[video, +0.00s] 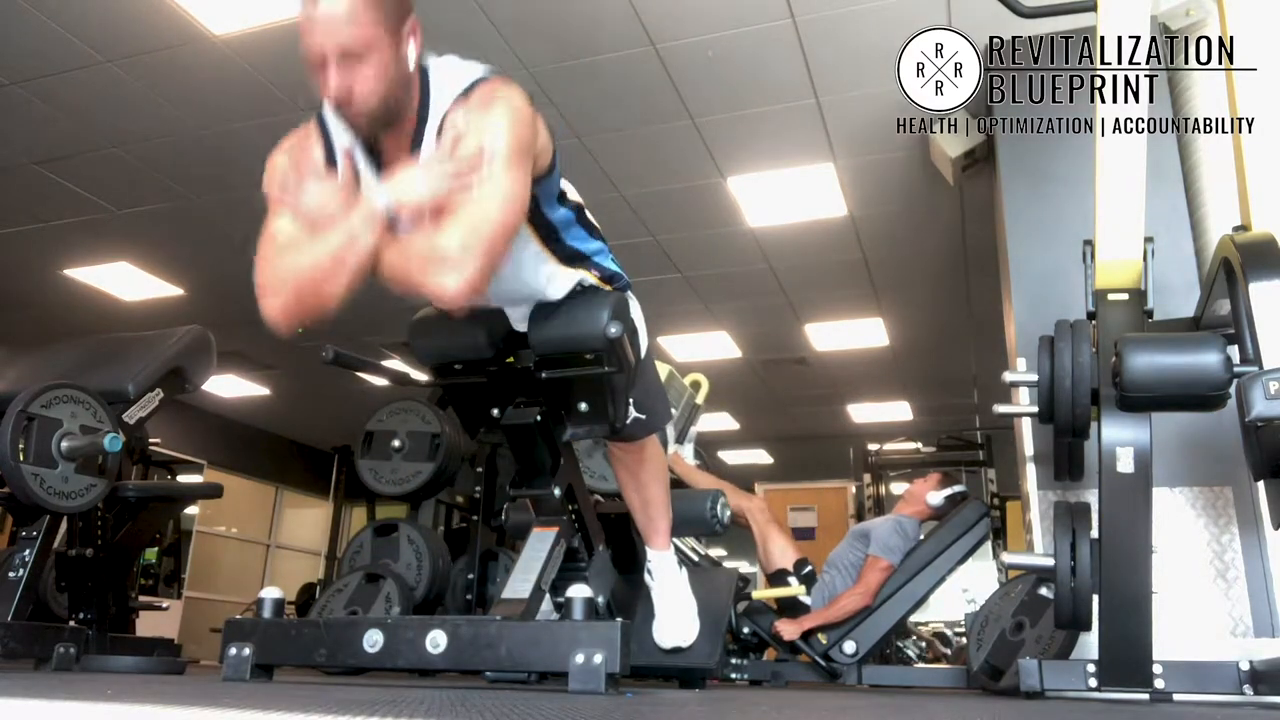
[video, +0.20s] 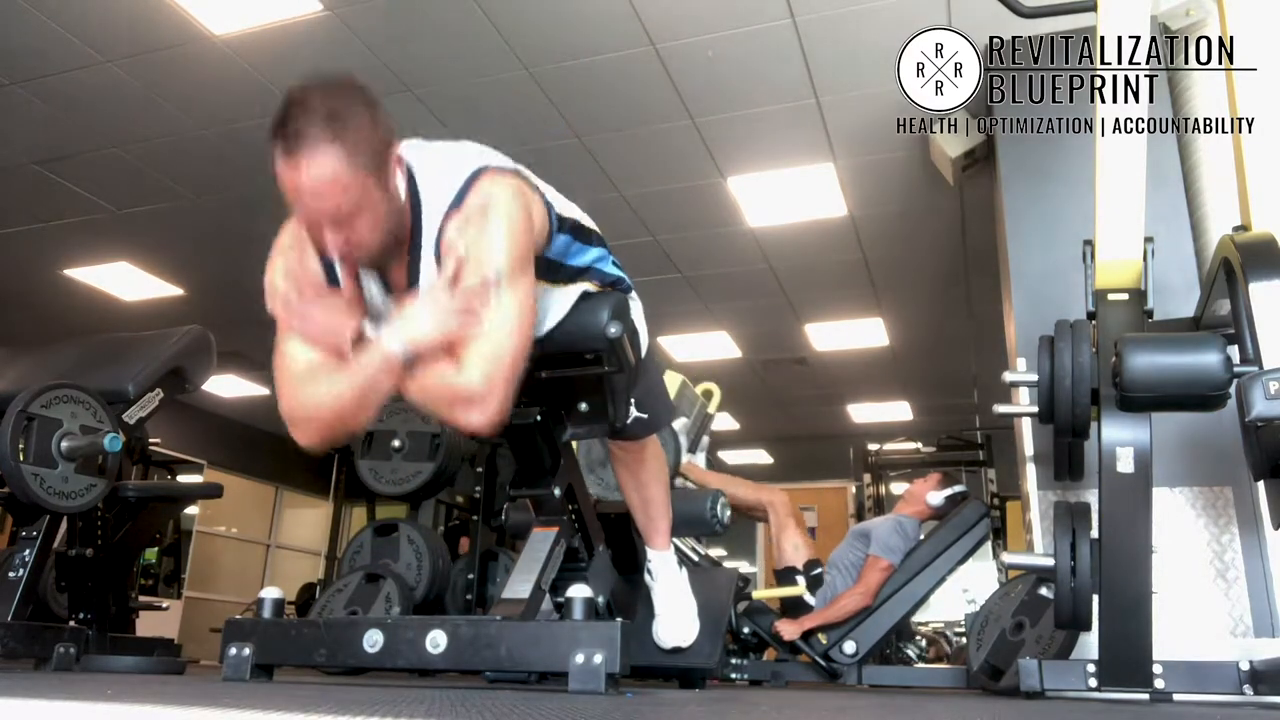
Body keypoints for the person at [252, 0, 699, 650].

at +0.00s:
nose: (334, 87)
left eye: (353, 60)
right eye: (319, 65)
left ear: (409, 42)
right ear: (306, 62)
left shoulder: (492, 110)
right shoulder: (300, 157)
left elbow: (455, 276)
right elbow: (281, 306)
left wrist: (343, 225)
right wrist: (388, 204)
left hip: (573, 293)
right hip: (472, 315)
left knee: (627, 413)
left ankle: (661, 564)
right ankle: (548, 533)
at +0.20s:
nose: (331, 247)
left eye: (346, 220)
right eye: (312, 224)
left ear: (394, 173)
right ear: (291, 196)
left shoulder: (491, 205)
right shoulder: (300, 247)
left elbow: (480, 404)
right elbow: (309, 423)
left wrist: (359, 341)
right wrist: (399, 338)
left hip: (576, 303)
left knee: (629, 417)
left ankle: (662, 562)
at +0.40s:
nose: (349, 361)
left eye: (362, 340)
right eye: (328, 343)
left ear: (407, 283)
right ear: (304, 312)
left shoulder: (504, 283)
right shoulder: (313, 316)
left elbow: (511, 479)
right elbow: (347, 491)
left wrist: (381, 416)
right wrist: (428, 438)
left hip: (578, 294)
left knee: (632, 428)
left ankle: (662, 563)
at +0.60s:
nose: (360, 400)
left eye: (376, 379)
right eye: (341, 383)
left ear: (414, 321)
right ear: (310, 354)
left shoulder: (505, 320)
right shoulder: (319, 356)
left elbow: (523, 501)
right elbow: (361, 508)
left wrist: (399, 444)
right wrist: (438, 472)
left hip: (569, 262)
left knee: (632, 421)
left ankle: (662, 562)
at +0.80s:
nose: (333, 284)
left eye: (347, 262)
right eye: (314, 266)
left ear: (395, 218)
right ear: (293, 242)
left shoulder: (497, 240)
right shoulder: (307, 273)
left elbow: (493, 435)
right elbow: (325, 450)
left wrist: (368, 377)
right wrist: (415, 384)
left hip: (574, 303)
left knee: (631, 422)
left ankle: (663, 562)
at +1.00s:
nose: (336, 69)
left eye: (358, 42)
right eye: (321, 49)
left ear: (413, 29)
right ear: (309, 52)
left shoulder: (492, 96)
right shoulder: (304, 143)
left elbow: (445, 242)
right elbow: (269, 276)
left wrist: (343, 199)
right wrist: (386, 181)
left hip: (576, 294)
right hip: (474, 312)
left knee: (631, 428)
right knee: (509, 440)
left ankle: (662, 566)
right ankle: (547, 535)